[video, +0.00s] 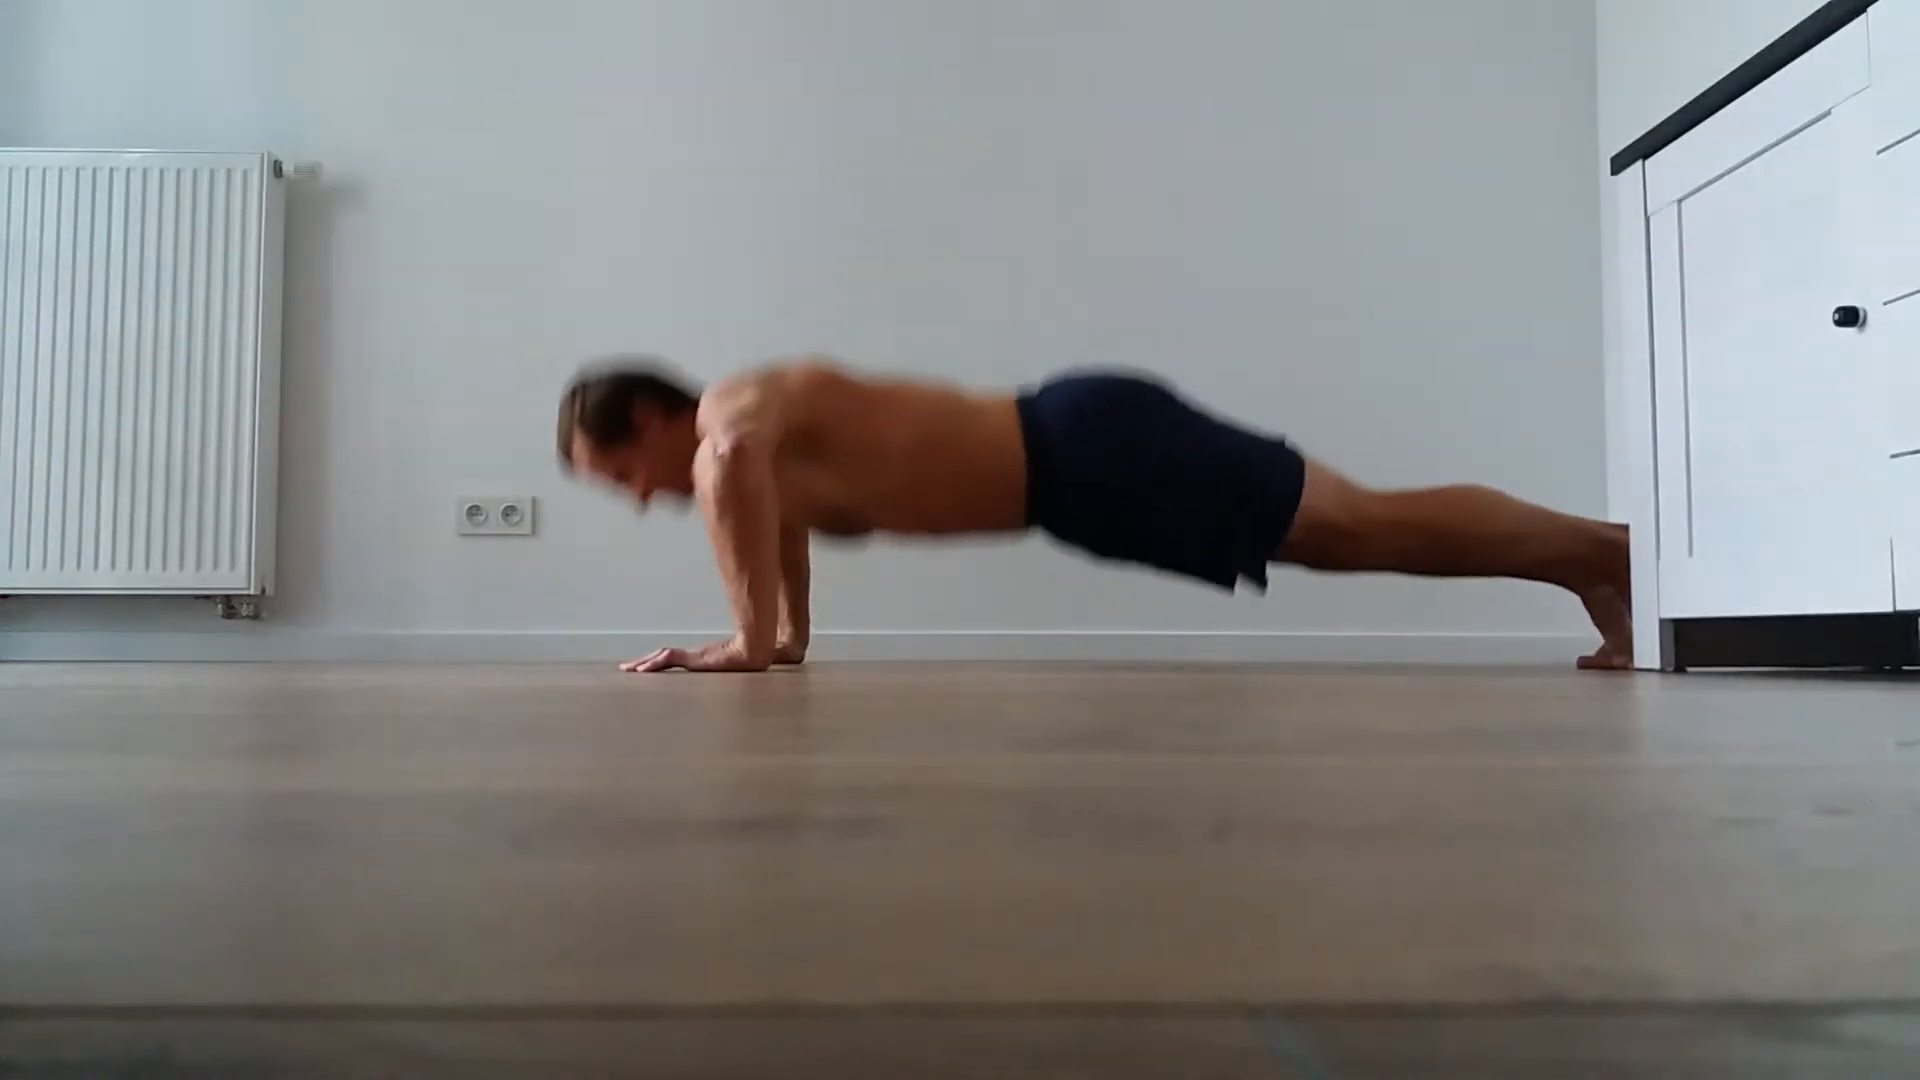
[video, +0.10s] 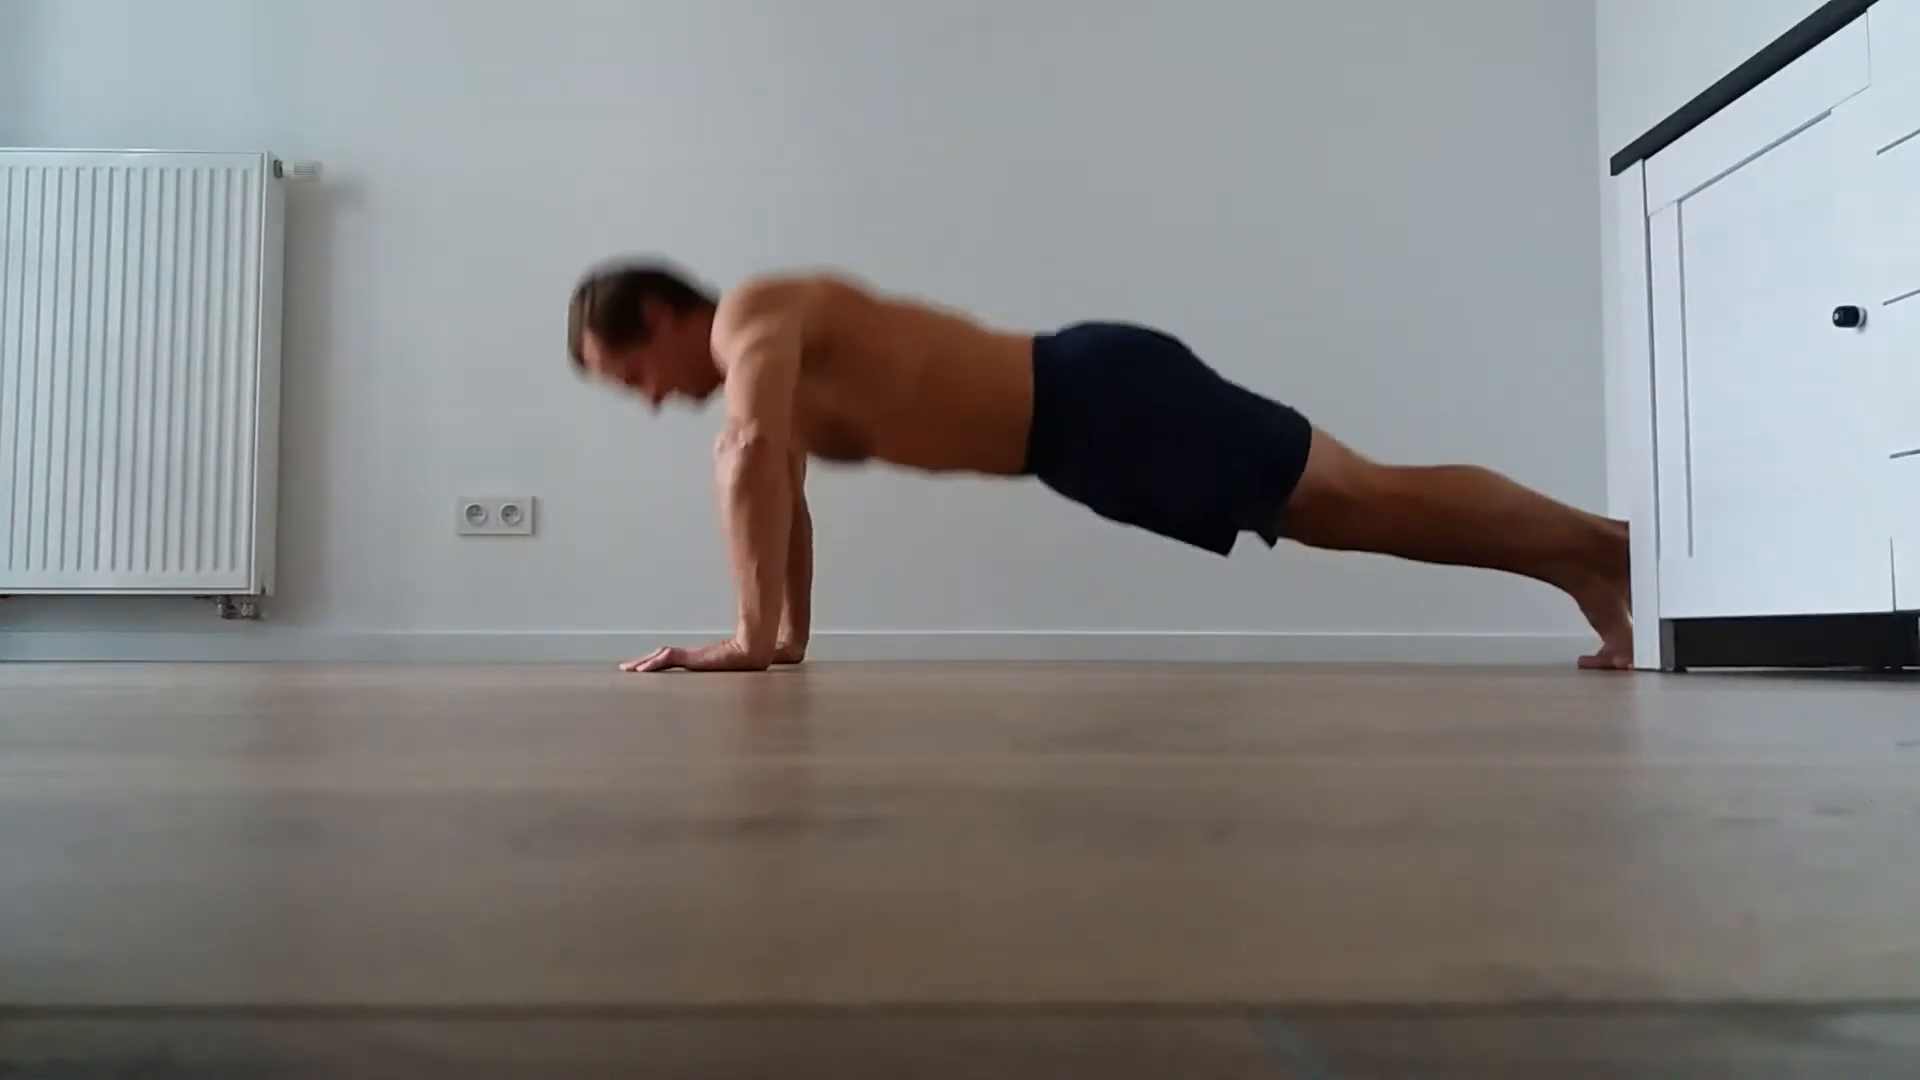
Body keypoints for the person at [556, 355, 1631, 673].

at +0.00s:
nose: (628, 494)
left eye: (613, 475)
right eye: (612, 481)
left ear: (641, 434)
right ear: (661, 410)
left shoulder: (729, 440)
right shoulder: (755, 410)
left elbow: (743, 510)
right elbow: (779, 512)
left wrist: (747, 646)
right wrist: (785, 642)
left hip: (1080, 458)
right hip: (1077, 443)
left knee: (1354, 528)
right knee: (1352, 523)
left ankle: (1598, 555)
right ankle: (1589, 553)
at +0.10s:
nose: (638, 392)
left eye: (623, 371)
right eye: (624, 381)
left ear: (649, 325)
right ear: (655, 333)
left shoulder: (756, 319)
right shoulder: (762, 350)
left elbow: (748, 475)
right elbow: (784, 503)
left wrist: (753, 640)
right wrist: (786, 645)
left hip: (1091, 404)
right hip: (1082, 408)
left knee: (1355, 502)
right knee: (1349, 500)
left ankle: (1601, 552)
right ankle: (1581, 559)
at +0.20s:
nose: (647, 356)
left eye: (632, 331)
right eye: (630, 344)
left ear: (661, 276)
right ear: (662, 291)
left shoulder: (769, 275)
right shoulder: (767, 314)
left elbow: (753, 463)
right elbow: (782, 488)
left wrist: (755, 637)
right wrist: (785, 640)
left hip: (1099, 392)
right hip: (1082, 414)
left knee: (1359, 503)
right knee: (1347, 514)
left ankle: (1602, 552)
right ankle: (1582, 570)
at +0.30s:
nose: (635, 386)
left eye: (621, 364)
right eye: (620, 374)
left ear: (652, 313)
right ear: (656, 321)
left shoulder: (764, 306)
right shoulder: (763, 333)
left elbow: (756, 477)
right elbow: (789, 494)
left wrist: (754, 640)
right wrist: (789, 641)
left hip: (1088, 421)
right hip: (1075, 435)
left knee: (1358, 522)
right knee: (1346, 527)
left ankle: (1596, 552)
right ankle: (1577, 562)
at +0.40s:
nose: (628, 490)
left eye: (612, 470)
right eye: (610, 478)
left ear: (640, 417)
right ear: (650, 412)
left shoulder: (733, 389)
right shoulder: (752, 403)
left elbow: (753, 465)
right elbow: (791, 506)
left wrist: (755, 634)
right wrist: (785, 644)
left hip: (1076, 485)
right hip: (1067, 488)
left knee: (1355, 552)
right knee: (1348, 547)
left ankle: (1592, 560)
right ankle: (1584, 555)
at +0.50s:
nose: (618, 600)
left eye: (603, 582)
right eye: (601, 589)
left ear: (626, 531)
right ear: (633, 533)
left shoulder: (717, 482)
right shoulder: (733, 509)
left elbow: (729, 465)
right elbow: (796, 596)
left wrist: (766, 637)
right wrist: (734, 647)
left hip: (1068, 547)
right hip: (1056, 549)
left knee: (1362, 584)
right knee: (1355, 576)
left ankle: (1594, 563)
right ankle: (1588, 564)